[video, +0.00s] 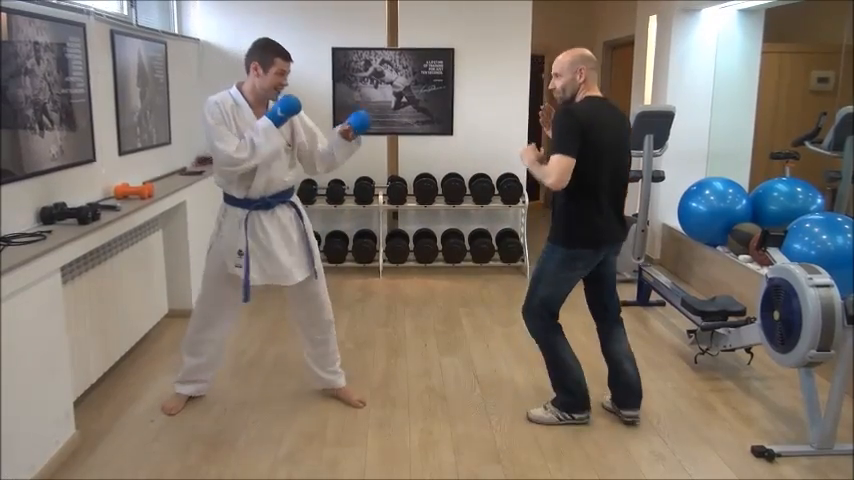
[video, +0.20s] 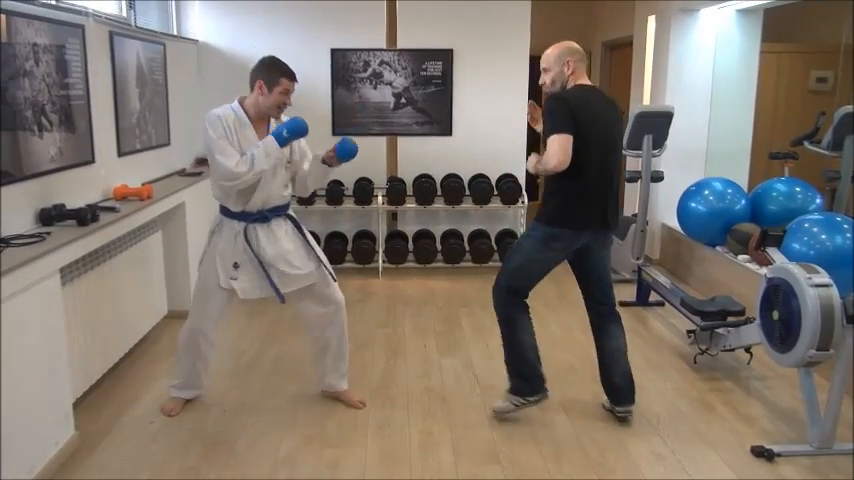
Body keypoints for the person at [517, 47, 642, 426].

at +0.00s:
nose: (551, 83)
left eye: (556, 76)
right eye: (551, 76)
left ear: (581, 76)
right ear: (587, 76)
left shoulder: (573, 114)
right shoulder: (616, 115)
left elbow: (557, 179)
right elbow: (597, 171)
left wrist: (533, 163)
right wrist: (555, 137)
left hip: (575, 237)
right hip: (608, 234)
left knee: (538, 313)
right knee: (608, 315)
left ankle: (572, 404)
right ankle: (627, 402)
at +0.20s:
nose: (541, 79)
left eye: (545, 71)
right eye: (541, 71)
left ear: (569, 67)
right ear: (576, 68)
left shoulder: (561, 101)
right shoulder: (610, 105)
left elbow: (558, 158)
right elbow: (595, 155)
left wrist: (537, 164)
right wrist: (545, 127)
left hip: (562, 221)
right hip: (599, 222)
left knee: (507, 291)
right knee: (604, 309)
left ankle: (527, 387)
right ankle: (622, 400)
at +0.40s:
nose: (515, 90)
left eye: (519, 82)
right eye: (515, 82)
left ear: (544, 80)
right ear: (551, 81)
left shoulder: (531, 116)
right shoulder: (587, 119)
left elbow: (491, 154)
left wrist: (459, 135)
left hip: (534, 238)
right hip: (579, 240)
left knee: (480, 322)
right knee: (588, 323)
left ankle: (440, 403)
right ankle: (612, 413)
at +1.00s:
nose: (439, 108)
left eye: (443, 101)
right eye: (438, 101)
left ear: (469, 102)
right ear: (473, 103)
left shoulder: (471, 150)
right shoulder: (500, 134)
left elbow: (462, 224)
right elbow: (441, 153)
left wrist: (444, 196)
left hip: (482, 259)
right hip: (515, 252)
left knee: (412, 315)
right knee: (537, 328)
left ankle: (412, 417)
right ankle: (599, 401)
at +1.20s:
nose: (498, 79)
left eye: (503, 72)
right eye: (498, 72)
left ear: (526, 74)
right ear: (533, 75)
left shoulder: (518, 119)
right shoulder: (563, 111)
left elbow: (513, 186)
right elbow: (554, 167)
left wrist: (483, 167)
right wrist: (511, 112)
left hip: (521, 239)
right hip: (561, 234)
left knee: (475, 321)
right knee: (574, 319)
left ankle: (436, 402)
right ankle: (603, 405)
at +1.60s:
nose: (567, 79)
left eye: (574, 72)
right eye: (569, 72)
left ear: (599, 74)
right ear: (606, 75)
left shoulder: (579, 116)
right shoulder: (640, 117)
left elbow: (580, 181)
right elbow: (636, 170)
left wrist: (551, 188)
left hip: (587, 234)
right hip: (631, 235)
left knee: (532, 295)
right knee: (641, 315)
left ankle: (570, 385)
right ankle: (663, 405)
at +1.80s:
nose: (571, 68)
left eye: (575, 61)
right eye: (571, 60)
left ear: (600, 61)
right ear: (607, 64)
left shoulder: (575, 99)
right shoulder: (633, 103)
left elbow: (553, 160)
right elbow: (601, 143)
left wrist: (531, 147)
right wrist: (564, 108)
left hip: (572, 223)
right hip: (619, 227)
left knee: (524, 305)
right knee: (632, 306)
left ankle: (501, 398)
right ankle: (669, 395)